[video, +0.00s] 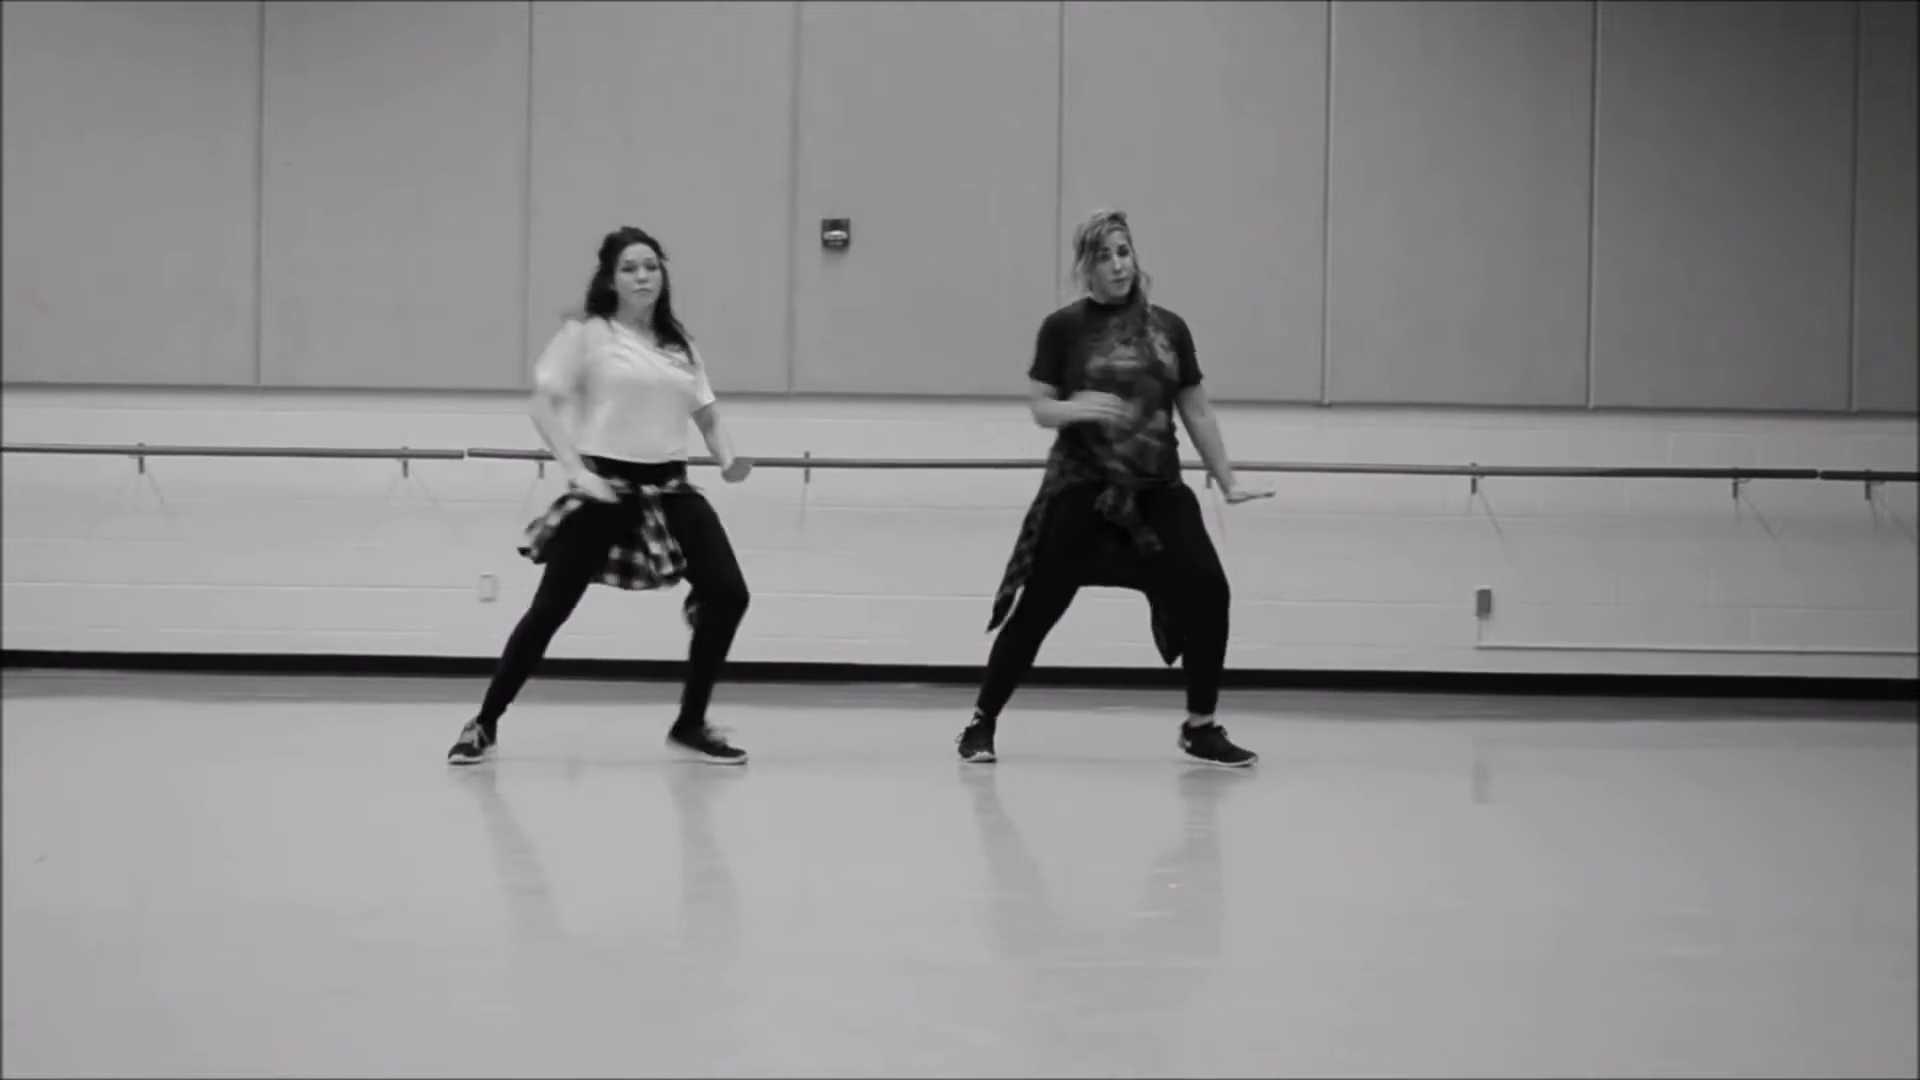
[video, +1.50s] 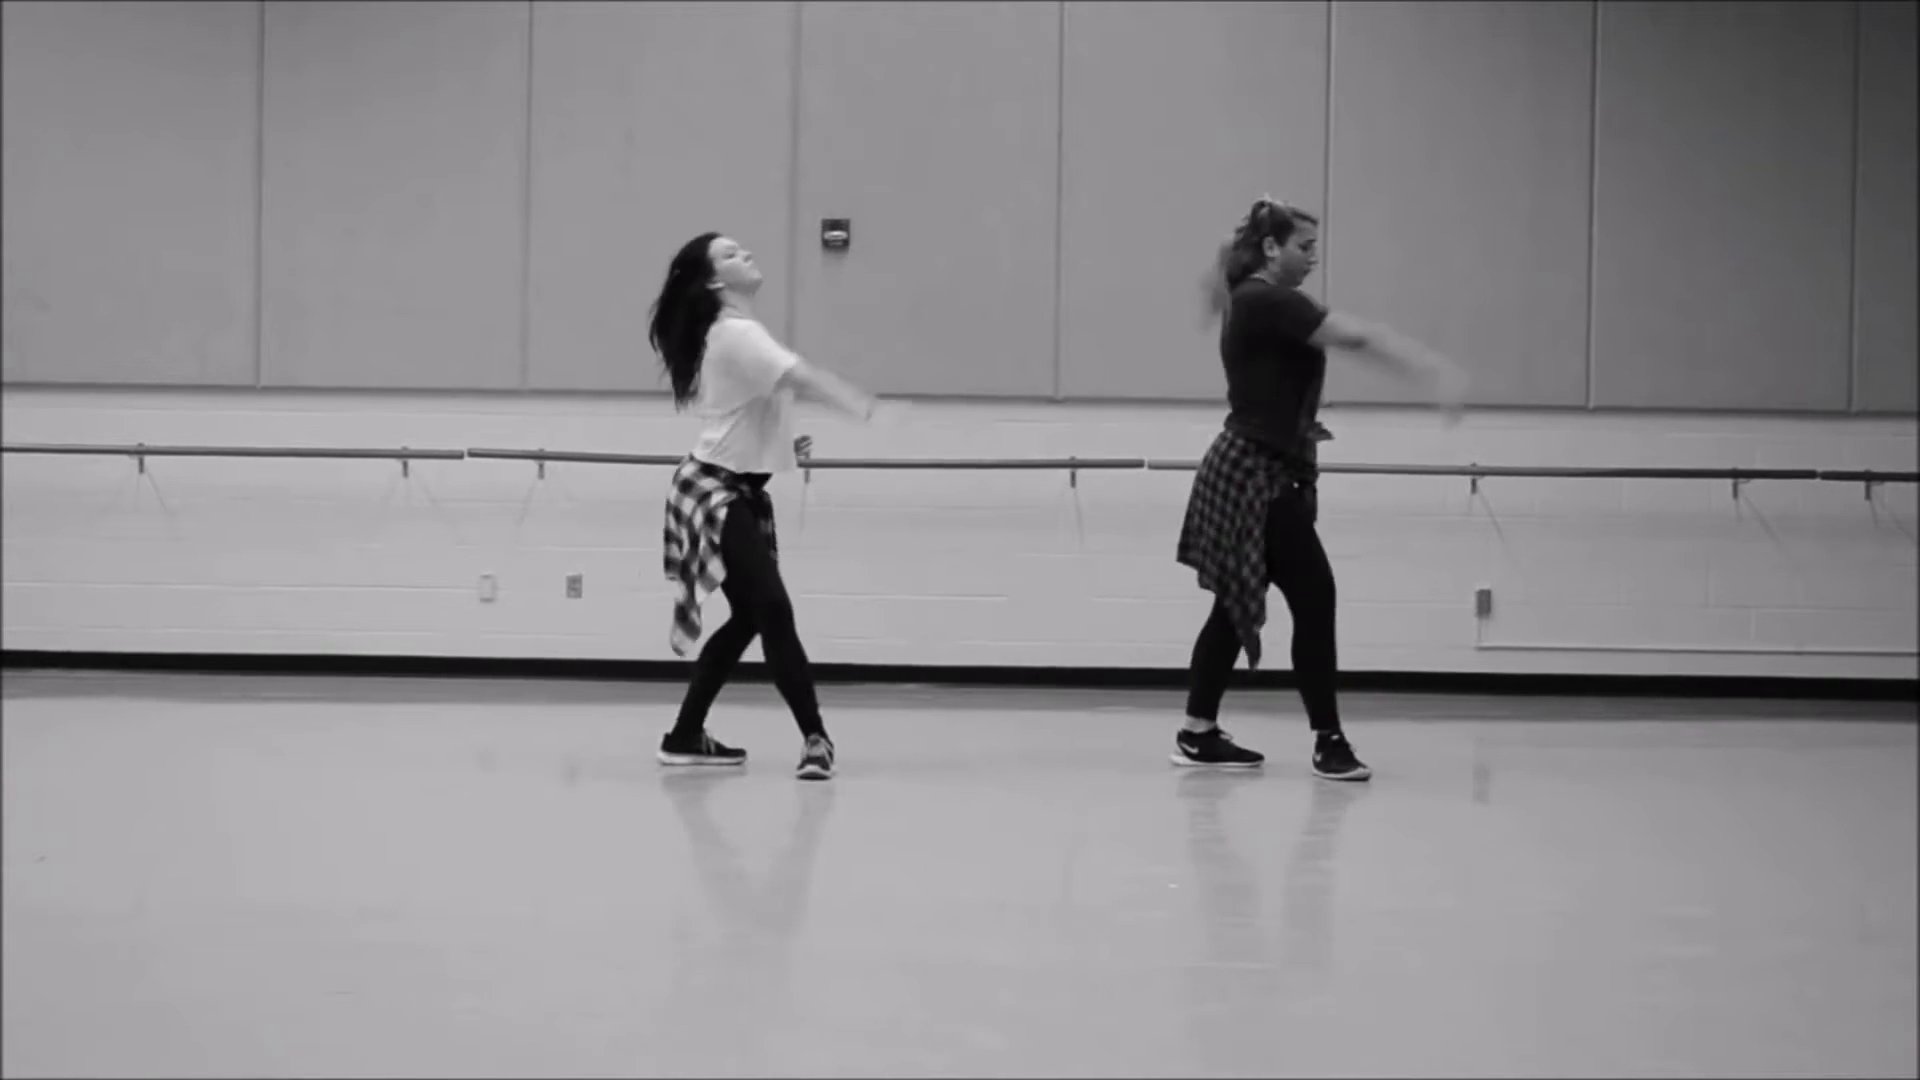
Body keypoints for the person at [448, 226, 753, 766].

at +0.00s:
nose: (643, 275)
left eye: (652, 267)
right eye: (630, 268)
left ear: (664, 277)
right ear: (610, 279)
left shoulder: (679, 347)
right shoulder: (584, 335)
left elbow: (707, 415)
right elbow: (541, 406)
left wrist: (726, 459)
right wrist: (577, 470)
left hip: (672, 492)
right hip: (602, 488)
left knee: (728, 596)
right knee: (549, 611)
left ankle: (690, 724)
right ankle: (484, 724)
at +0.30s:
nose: (754, 324)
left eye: (761, 314)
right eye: (742, 311)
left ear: (766, 322)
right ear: (711, 313)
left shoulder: (738, 378)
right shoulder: (681, 373)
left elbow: (703, 441)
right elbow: (682, 465)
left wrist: (722, 469)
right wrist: (743, 518)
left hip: (703, 501)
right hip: (651, 497)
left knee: (742, 607)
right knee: (666, 596)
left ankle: (689, 731)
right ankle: (636, 731)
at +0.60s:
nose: (823, 386)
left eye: (830, 375)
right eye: (812, 373)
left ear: (833, 376)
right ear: (781, 372)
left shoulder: (774, 419)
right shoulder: (752, 427)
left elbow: (712, 445)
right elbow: (786, 518)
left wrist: (723, 490)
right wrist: (858, 510)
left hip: (698, 507)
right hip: (658, 504)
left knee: (753, 609)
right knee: (732, 610)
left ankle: (688, 731)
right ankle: (787, 735)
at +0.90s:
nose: (805, 323)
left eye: (808, 313)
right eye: (797, 311)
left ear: (781, 315)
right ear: (766, 307)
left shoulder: (765, 371)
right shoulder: (719, 365)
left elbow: (733, 472)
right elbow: (766, 447)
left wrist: (777, 466)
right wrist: (828, 498)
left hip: (730, 514)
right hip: (693, 510)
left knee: (764, 631)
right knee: (756, 608)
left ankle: (688, 733)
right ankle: (794, 728)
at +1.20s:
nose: (719, 263)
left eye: (708, 260)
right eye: (704, 267)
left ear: (710, 292)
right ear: (695, 298)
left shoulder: (735, 344)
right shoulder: (715, 346)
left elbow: (757, 420)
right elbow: (762, 420)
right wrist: (817, 467)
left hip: (741, 501)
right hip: (715, 501)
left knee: (765, 629)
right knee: (772, 610)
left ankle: (688, 733)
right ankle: (799, 726)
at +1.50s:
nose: (747, 255)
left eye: (742, 249)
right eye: (732, 254)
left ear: (735, 276)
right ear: (712, 279)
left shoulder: (743, 329)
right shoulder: (732, 332)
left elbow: (744, 413)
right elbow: (800, 376)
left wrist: (787, 445)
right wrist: (864, 406)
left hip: (743, 491)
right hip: (720, 492)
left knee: (747, 616)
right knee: (775, 608)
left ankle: (686, 732)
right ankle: (815, 738)